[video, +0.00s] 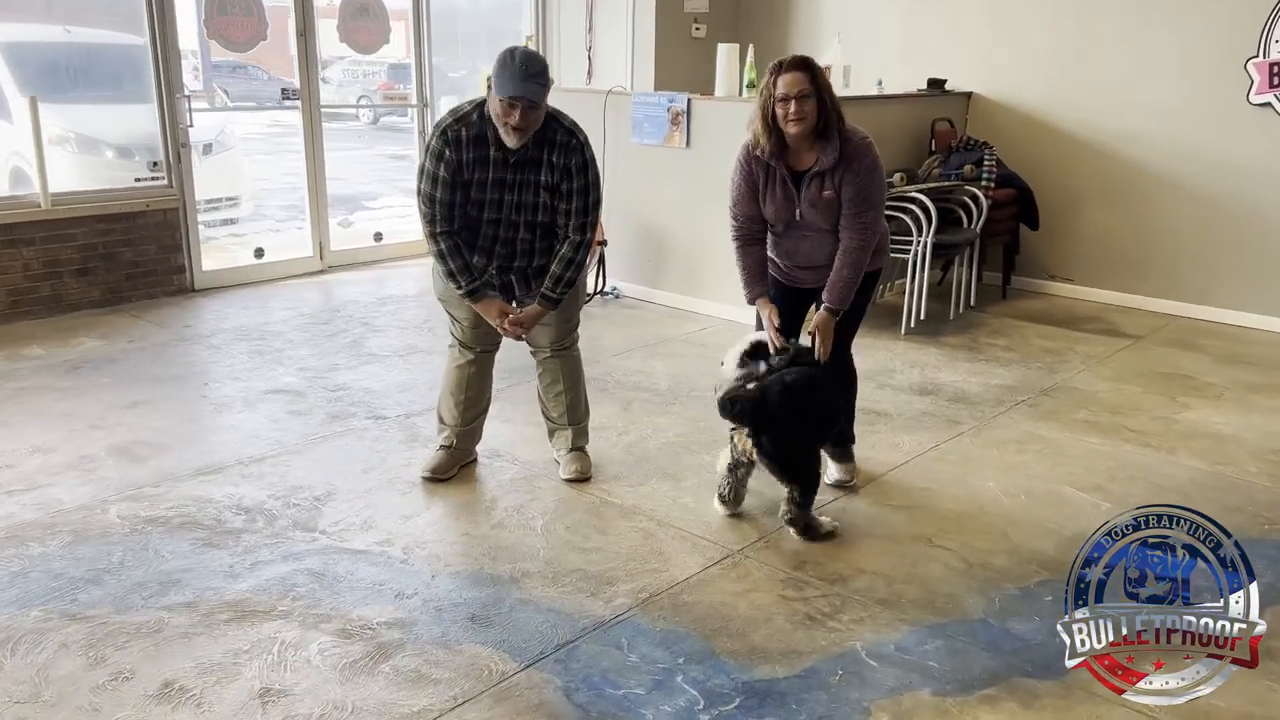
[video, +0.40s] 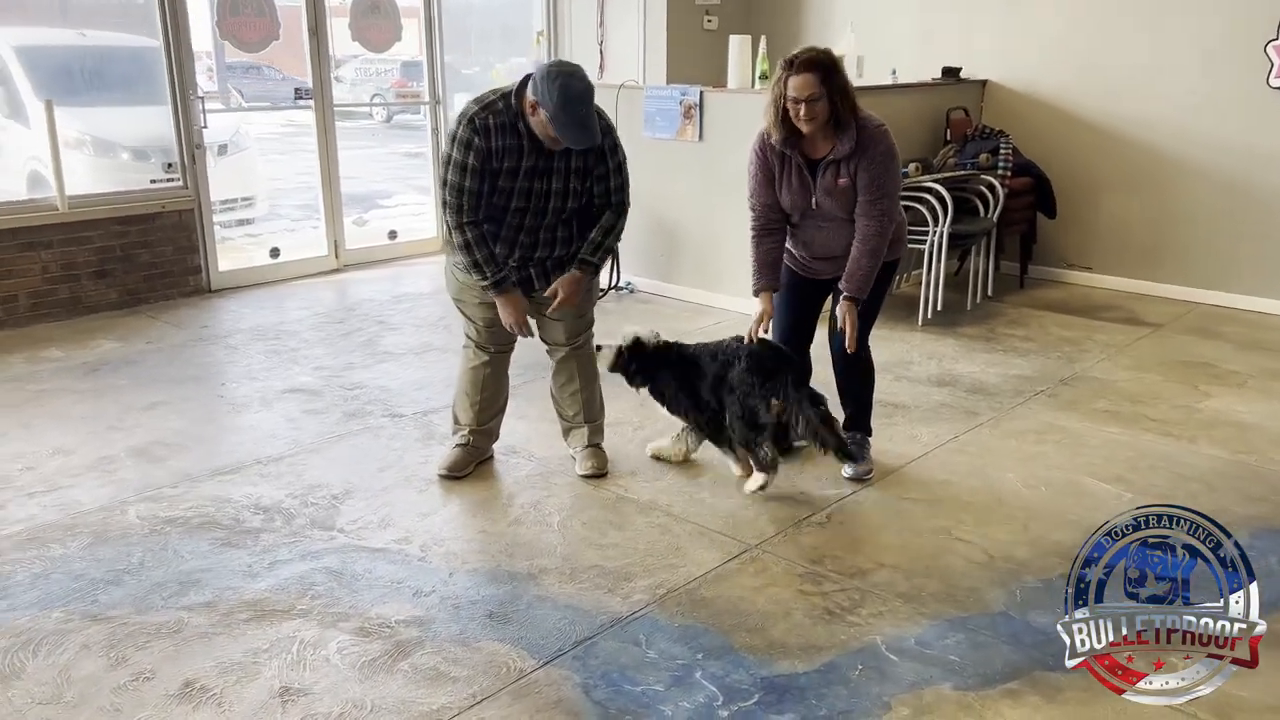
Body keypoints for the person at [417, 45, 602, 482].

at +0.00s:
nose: (518, 116)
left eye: (531, 106)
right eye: (509, 103)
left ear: (547, 99)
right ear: (490, 92)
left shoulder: (569, 143)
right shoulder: (452, 136)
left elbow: (579, 235)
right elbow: (438, 227)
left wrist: (544, 303)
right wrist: (480, 297)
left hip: (546, 268)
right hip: (473, 267)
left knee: (556, 351)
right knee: (467, 351)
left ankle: (571, 446)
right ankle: (456, 444)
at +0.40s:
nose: (564, 142)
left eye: (572, 135)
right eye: (557, 133)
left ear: (586, 109)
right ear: (532, 107)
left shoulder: (596, 131)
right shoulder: (479, 125)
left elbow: (615, 207)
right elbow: (461, 217)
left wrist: (583, 271)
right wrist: (501, 289)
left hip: (562, 262)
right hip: (488, 260)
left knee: (573, 348)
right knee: (484, 349)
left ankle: (586, 440)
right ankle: (473, 440)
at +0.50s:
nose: (573, 150)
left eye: (582, 144)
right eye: (566, 141)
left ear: (597, 117)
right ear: (543, 115)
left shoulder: (606, 135)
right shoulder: (488, 131)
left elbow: (627, 199)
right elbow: (468, 223)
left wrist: (613, 259)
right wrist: (503, 296)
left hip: (568, 258)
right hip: (496, 256)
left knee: (579, 345)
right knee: (490, 349)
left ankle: (592, 440)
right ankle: (478, 439)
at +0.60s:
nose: (583, 165)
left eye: (591, 158)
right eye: (576, 157)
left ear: (608, 130)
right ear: (554, 130)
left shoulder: (617, 143)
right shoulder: (500, 138)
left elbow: (636, 201)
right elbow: (477, 233)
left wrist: (649, 266)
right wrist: (507, 308)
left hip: (576, 256)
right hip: (505, 253)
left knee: (585, 344)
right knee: (497, 347)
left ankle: (598, 440)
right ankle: (485, 439)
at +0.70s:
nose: (591, 182)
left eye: (600, 176)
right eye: (584, 174)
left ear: (618, 147)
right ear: (563, 148)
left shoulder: (628, 154)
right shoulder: (511, 152)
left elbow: (651, 213)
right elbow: (491, 245)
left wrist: (672, 281)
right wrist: (522, 320)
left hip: (582, 256)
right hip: (511, 253)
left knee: (592, 345)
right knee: (502, 345)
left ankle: (605, 440)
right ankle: (492, 440)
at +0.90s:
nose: (602, 229)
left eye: (611, 226)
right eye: (592, 219)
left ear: (629, 185)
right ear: (572, 188)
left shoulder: (643, 173)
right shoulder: (529, 192)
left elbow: (658, 227)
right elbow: (523, 282)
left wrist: (660, 294)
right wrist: (575, 339)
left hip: (596, 240)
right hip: (516, 242)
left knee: (604, 334)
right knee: (519, 334)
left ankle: (615, 438)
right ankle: (503, 440)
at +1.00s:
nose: (602, 247)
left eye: (611, 243)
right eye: (594, 238)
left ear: (628, 201)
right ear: (569, 202)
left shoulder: (644, 186)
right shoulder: (527, 205)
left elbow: (662, 244)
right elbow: (521, 292)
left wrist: (652, 312)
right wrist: (575, 341)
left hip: (603, 245)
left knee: (610, 335)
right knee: (522, 335)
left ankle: (617, 441)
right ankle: (506, 443)